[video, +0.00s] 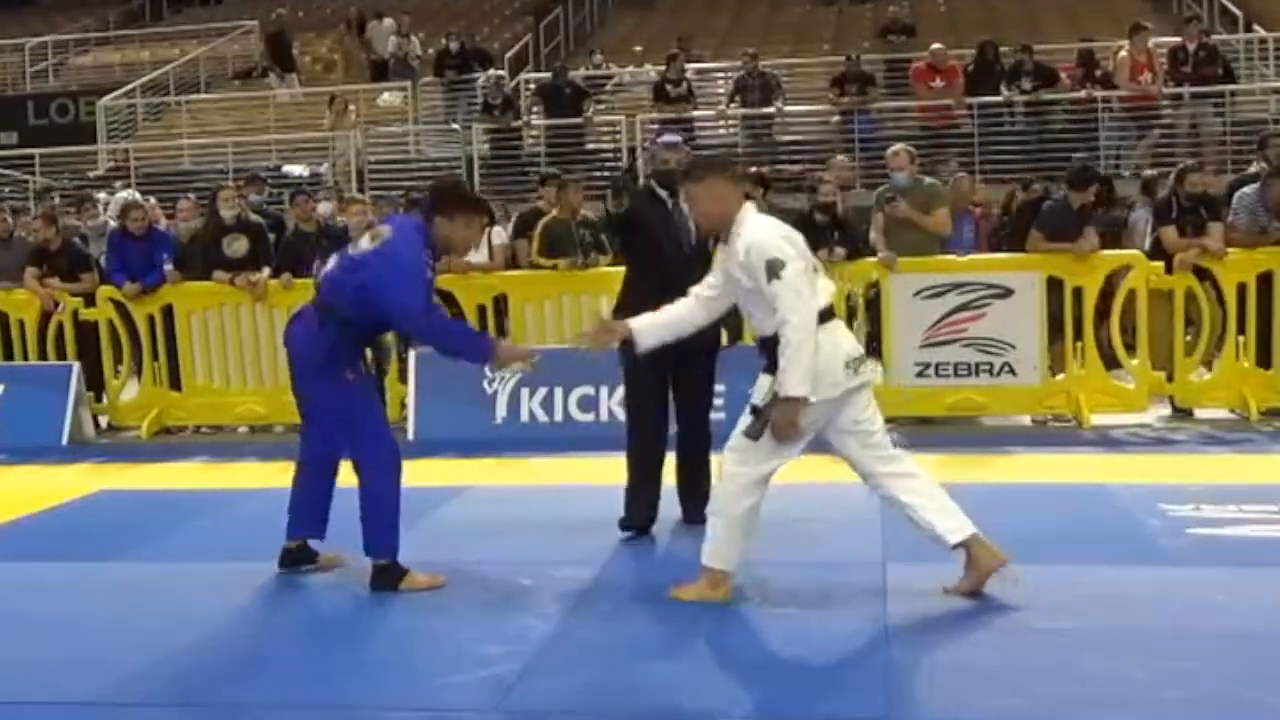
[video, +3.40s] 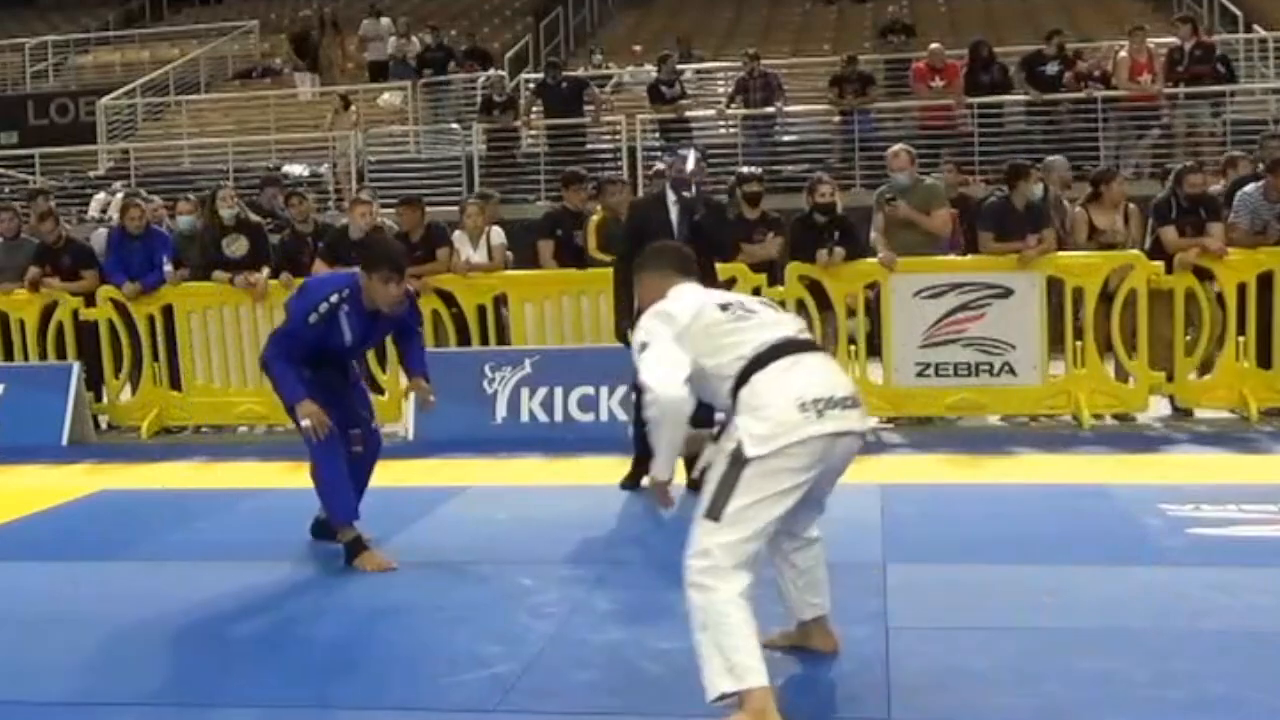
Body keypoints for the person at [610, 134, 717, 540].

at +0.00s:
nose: (669, 163)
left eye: (677, 155)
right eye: (662, 156)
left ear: (689, 161)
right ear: (650, 162)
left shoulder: (706, 205)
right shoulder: (636, 208)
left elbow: (726, 260)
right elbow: (626, 251)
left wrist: (728, 316)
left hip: (698, 320)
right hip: (645, 319)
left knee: (695, 422)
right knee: (646, 424)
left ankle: (695, 508)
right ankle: (639, 516)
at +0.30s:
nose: (673, 166)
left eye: (680, 159)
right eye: (666, 159)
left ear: (690, 163)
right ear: (652, 162)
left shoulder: (702, 207)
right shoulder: (632, 203)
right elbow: (628, 255)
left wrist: (723, 323)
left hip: (697, 317)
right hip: (643, 312)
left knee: (695, 418)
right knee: (639, 411)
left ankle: (693, 503)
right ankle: (634, 487)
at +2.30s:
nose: (642, 170)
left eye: (650, 165)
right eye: (638, 164)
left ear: (667, 170)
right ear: (631, 168)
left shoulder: (692, 215)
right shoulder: (618, 214)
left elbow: (706, 272)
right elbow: (607, 270)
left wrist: (715, 324)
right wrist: (599, 319)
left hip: (677, 325)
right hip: (630, 325)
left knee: (685, 406)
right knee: (636, 406)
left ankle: (691, 480)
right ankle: (637, 476)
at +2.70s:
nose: (636, 175)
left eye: (643, 169)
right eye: (630, 168)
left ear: (654, 173)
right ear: (619, 172)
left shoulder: (674, 210)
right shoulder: (602, 216)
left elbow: (693, 261)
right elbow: (592, 273)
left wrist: (679, 296)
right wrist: (591, 323)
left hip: (670, 318)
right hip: (625, 321)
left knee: (680, 399)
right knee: (633, 402)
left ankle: (690, 477)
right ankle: (638, 473)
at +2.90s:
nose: (645, 175)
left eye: (652, 169)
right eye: (639, 168)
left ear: (662, 174)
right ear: (626, 170)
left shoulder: (675, 209)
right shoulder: (604, 215)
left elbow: (698, 259)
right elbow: (593, 273)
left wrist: (676, 238)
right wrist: (593, 325)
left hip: (673, 317)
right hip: (627, 320)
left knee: (685, 398)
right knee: (635, 401)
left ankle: (697, 475)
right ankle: (639, 473)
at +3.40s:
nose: (685, 180)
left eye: (692, 173)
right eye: (679, 173)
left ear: (701, 175)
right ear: (666, 172)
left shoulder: (711, 209)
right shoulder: (643, 210)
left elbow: (727, 250)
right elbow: (625, 265)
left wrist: (699, 207)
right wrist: (624, 316)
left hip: (703, 306)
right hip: (653, 308)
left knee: (703, 393)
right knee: (647, 390)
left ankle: (699, 467)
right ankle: (642, 461)